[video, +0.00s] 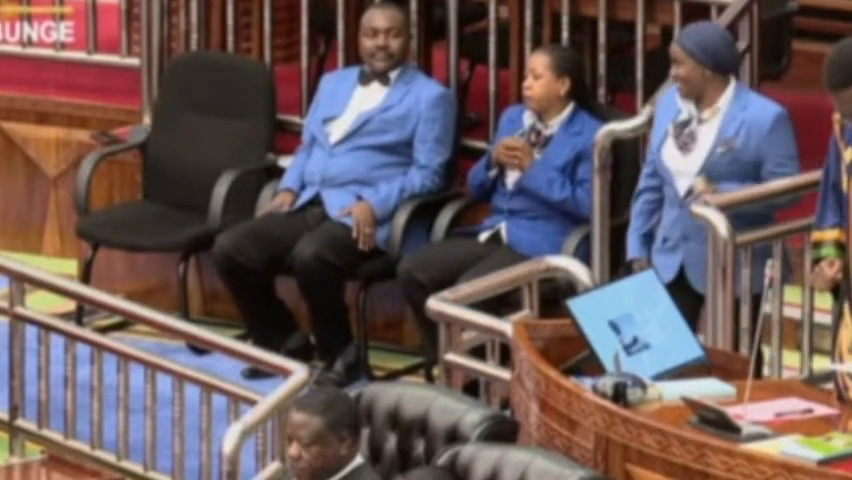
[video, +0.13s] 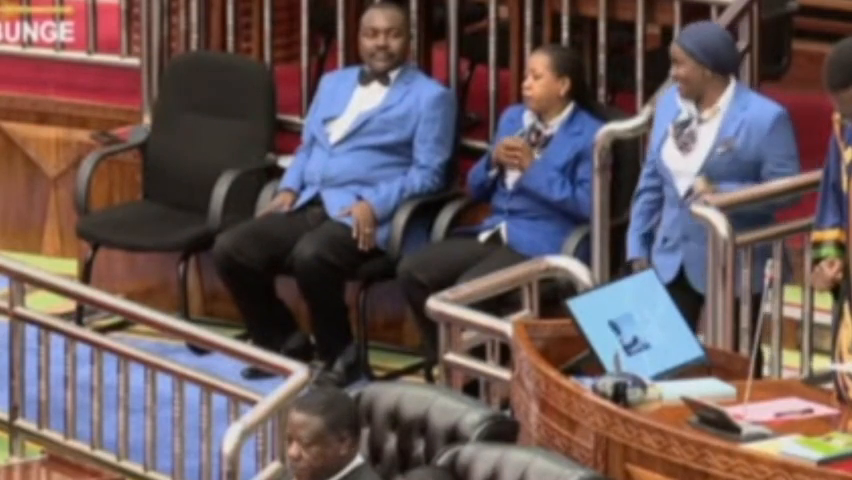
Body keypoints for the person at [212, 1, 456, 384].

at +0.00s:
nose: (381, 43)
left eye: (392, 34)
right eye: (372, 34)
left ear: (407, 40)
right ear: (359, 39)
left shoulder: (430, 96)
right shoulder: (333, 83)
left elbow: (429, 174)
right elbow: (308, 149)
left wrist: (375, 205)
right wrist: (288, 189)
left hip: (367, 215)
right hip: (313, 207)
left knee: (311, 257)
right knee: (233, 250)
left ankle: (340, 359)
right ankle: (282, 343)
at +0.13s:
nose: (381, 43)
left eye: (392, 34)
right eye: (372, 34)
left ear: (407, 40)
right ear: (359, 39)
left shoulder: (430, 96)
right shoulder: (333, 83)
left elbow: (429, 174)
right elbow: (308, 149)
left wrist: (375, 205)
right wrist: (288, 189)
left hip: (367, 215)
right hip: (313, 207)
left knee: (311, 257)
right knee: (233, 250)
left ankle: (340, 359)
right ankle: (282, 343)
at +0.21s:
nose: (381, 43)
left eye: (391, 34)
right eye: (372, 34)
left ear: (407, 41)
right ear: (359, 39)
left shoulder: (430, 97)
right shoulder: (333, 83)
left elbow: (429, 174)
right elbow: (308, 149)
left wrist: (375, 205)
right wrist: (288, 190)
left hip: (367, 215)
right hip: (313, 207)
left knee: (311, 257)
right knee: (232, 249)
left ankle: (340, 359)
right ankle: (282, 343)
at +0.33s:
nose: (381, 43)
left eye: (391, 34)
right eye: (372, 34)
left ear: (407, 41)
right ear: (359, 39)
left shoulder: (430, 97)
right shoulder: (333, 83)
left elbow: (429, 174)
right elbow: (308, 149)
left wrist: (375, 205)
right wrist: (288, 190)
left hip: (366, 215)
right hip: (313, 207)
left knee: (311, 257)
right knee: (232, 249)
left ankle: (340, 359)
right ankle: (282, 342)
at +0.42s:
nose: (381, 43)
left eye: (391, 34)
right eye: (372, 34)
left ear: (407, 40)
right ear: (359, 39)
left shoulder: (430, 97)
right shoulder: (333, 83)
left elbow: (429, 174)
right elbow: (308, 150)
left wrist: (375, 205)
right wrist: (288, 189)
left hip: (367, 216)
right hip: (313, 207)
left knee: (311, 256)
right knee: (233, 249)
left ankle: (339, 359)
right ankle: (282, 343)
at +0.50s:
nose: (381, 43)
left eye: (391, 34)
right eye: (372, 34)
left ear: (407, 40)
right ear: (359, 39)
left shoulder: (430, 97)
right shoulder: (333, 83)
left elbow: (429, 174)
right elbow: (308, 150)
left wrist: (374, 205)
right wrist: (288, 189)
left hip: (367, 215)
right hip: (313, 207)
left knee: (311, 256)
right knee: (233, 249)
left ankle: (339, 359)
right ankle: (282, 343)